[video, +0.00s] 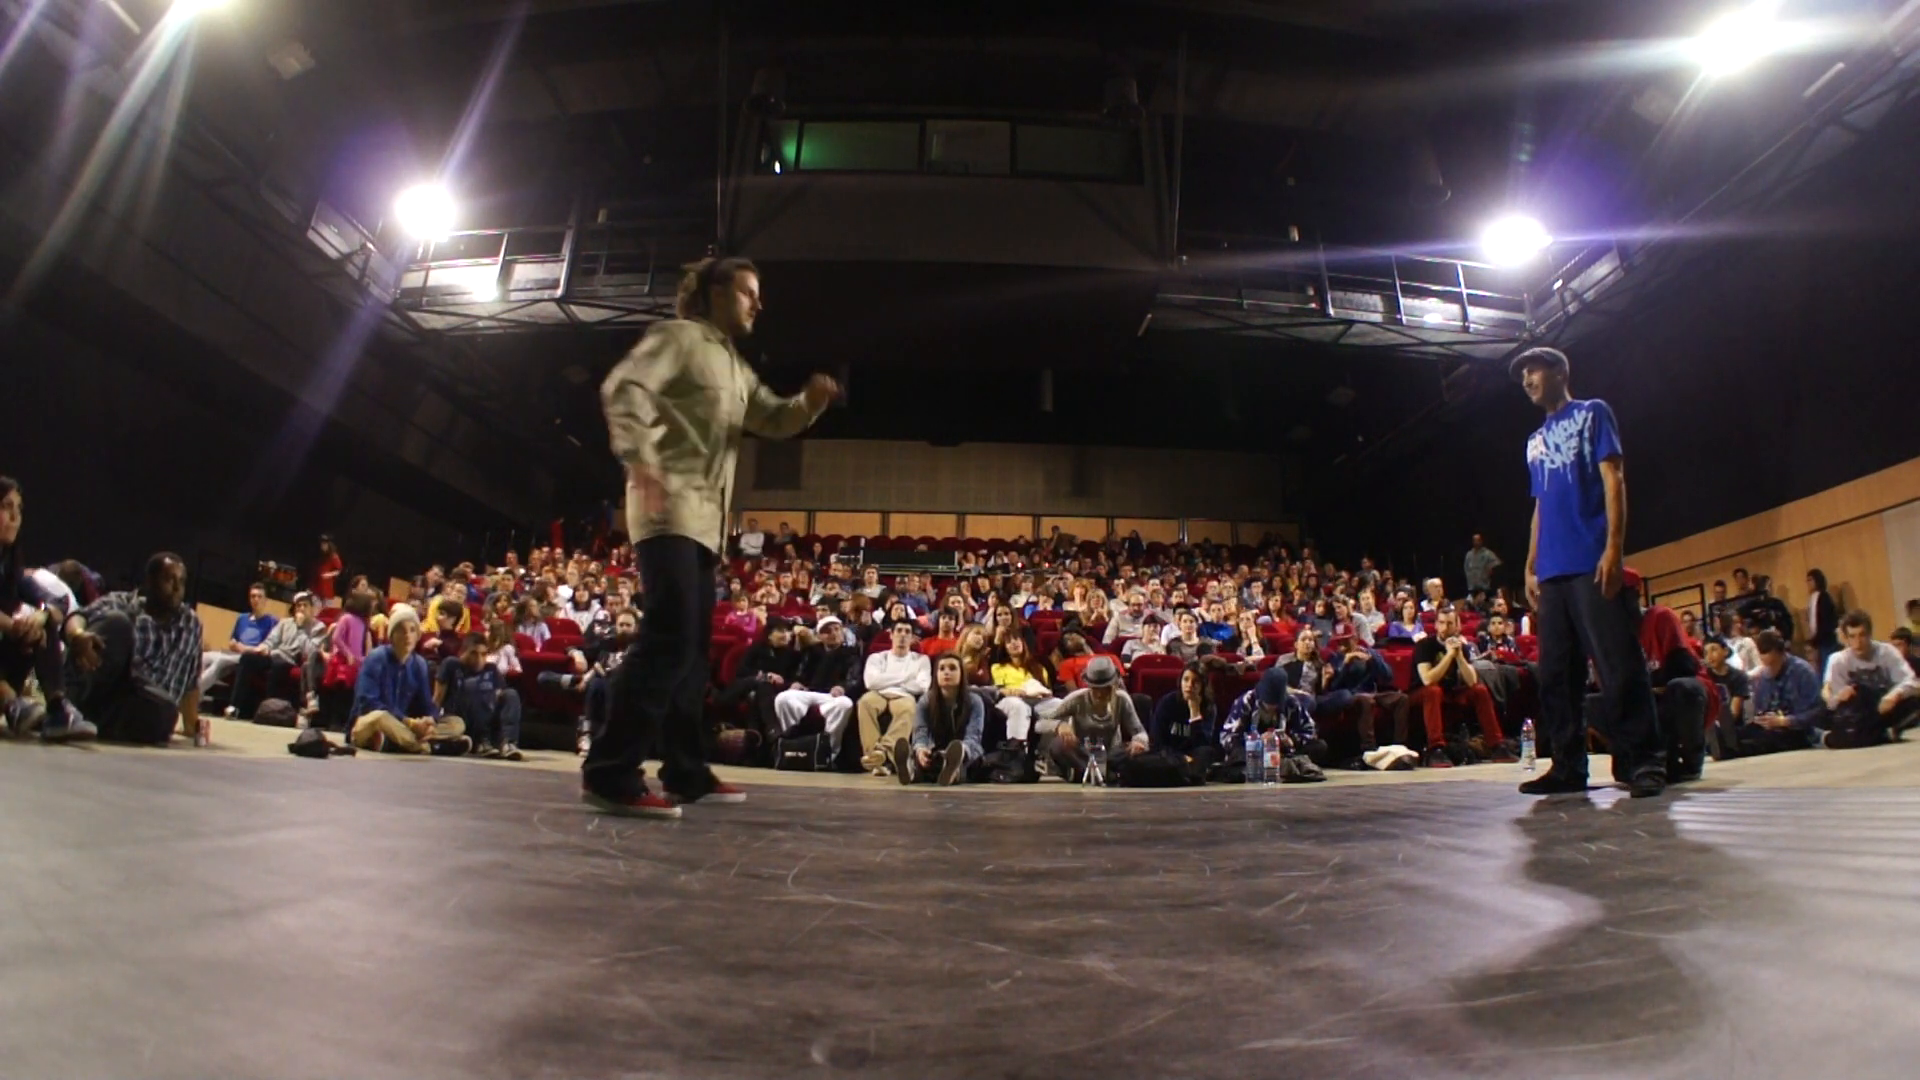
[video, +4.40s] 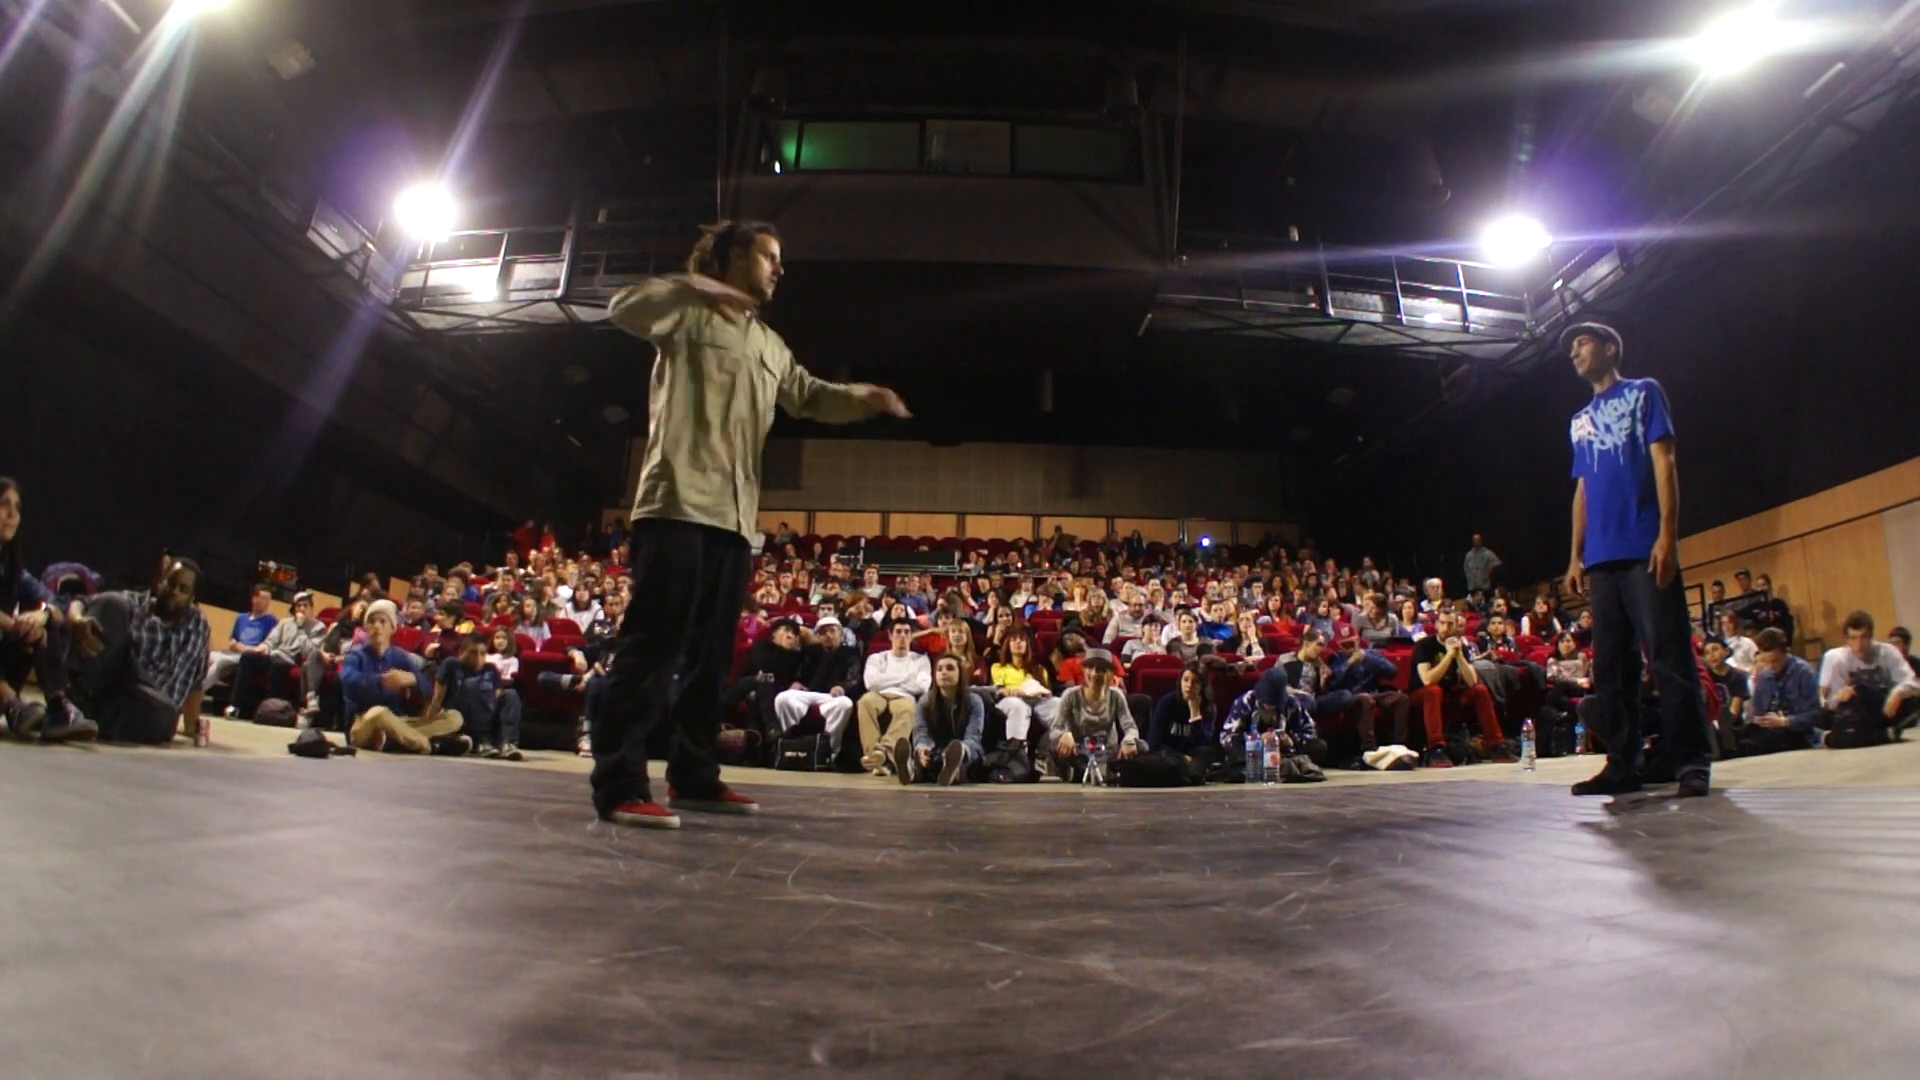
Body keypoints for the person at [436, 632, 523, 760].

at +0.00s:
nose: (479, 659)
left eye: (483, 654)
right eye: (474, 654)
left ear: (487, 654)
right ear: (464, 653)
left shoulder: (491, 669)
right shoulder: (450, 664)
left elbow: (499, 694)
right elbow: (438, 697)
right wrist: (429, 721)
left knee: (511, 695)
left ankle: (508, 743)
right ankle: (483, 742)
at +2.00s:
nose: (478, 659)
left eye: (483, 654)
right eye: (473, 654)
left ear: (486, 655)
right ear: (464, 653)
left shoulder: (490, 669)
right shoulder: (450, 665)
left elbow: (497, 695)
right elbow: (438, 698)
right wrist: (429, 722)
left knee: (510, 694)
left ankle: (508, 743)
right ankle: (483, 742)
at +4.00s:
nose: (478, 658)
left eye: (483, 654)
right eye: (473, 653)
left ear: (486, 654)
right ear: (464, 653)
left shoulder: (491, 669)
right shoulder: (450, 665)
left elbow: (497, 694)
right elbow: (438, 697)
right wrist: (430, 720)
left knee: (511, 695)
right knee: (471, 688)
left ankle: (508, 743)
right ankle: (483, 741)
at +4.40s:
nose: (478, 658)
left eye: (482, 654)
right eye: (473, 653)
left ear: (486, 655)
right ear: (463, 653)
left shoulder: (491, 670)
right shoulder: (451, 665)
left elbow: (496, 698)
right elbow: (437, 700)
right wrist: (426, 726)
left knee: (511, 694)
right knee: (472, 688)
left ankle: (508, 743)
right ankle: (483, 742)